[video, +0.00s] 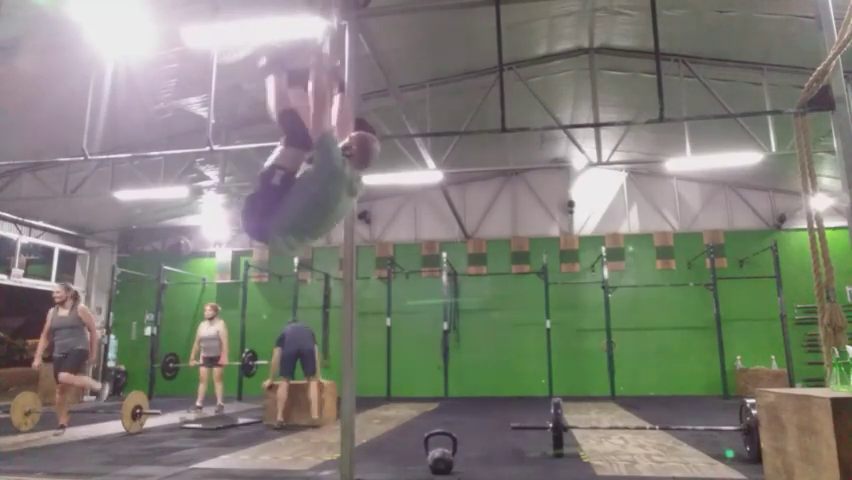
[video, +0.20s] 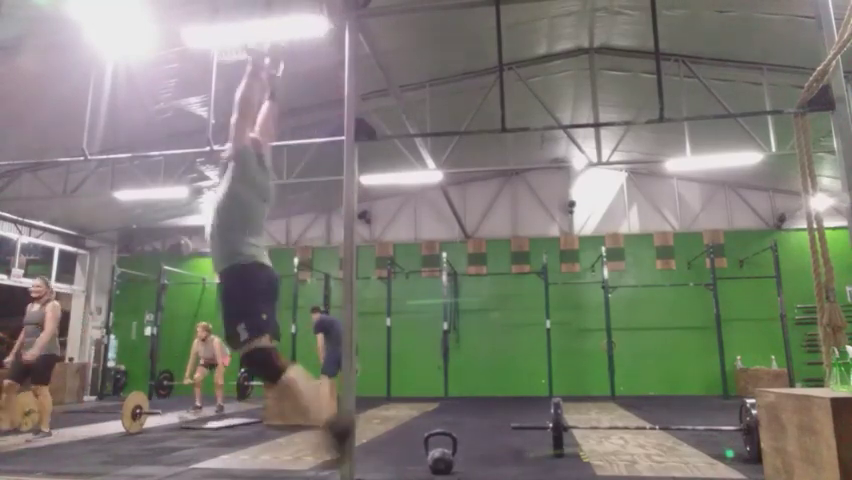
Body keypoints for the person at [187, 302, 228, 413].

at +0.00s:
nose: (206, 313)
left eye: (209, 310)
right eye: (205, 310)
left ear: (215, 312)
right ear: (204, 312)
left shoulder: (220, 324)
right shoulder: (202, 325)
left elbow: (224, 341)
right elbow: (197, 342)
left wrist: (224, 357)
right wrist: (192, 358)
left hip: (217, 354)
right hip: (204, 354)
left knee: (217, 378)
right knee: (202, 379)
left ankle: (219, 403)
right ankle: (199, 403)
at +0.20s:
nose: (199, 334)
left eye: (201, 331)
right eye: (198, 331)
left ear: (207, 332)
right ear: (197, 332)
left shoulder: (215, 341)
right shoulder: (196, 342)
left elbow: (220, 359)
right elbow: (192, 359)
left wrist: (220, 377)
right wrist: (187, 376)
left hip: (219, 360)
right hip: (206, 360)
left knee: (218, 381)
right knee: (197, 378)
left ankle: (219, 404)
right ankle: (198, 404)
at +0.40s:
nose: (197, 336)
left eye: (199, 334)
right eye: (195, 334)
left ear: (205, 334)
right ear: (194, 335)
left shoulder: (213, 342)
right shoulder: (195, 344)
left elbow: (219, 360)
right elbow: (191, 360)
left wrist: (220, 377)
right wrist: (187, 378)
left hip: (219, 360)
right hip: (205, 361)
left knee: (218, 382)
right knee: (197, 379)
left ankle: (219, 404)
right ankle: (198, 404)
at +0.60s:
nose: (203, 313)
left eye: (206, 311)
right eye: (203, 311)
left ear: (211, 313)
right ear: (201, 312)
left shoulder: (218, 326)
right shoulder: (200, 325)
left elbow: (223, 346)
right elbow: (194, 343)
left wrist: (222, 361)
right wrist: (191, 358)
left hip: (216, 358)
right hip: (203, 357)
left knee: (217, 380)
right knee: (202, 380)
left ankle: (219, 403)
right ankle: (198, 402)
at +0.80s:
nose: (203, 315)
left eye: (206, 313)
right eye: (202, 313)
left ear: (211, 315)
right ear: (201, 315)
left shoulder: (215, 327)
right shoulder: (199, 327)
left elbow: (217, 344)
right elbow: (194, 345)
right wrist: (190, 360)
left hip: (209, 359)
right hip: (199, 359)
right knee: (197, 380)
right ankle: (198, 400)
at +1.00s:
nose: (195, 347)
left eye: (198, 344)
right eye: (194, 344)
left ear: (204, 344)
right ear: (193, 345)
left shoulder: (213, 351)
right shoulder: (194, 353)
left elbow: (217, 369)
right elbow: (190, 370)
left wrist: (217, 388)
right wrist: (184, 387)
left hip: (221, 364)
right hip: (205, 367)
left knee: (215, 381)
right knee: (195, 379)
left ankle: (219, 404)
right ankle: (198, 404)